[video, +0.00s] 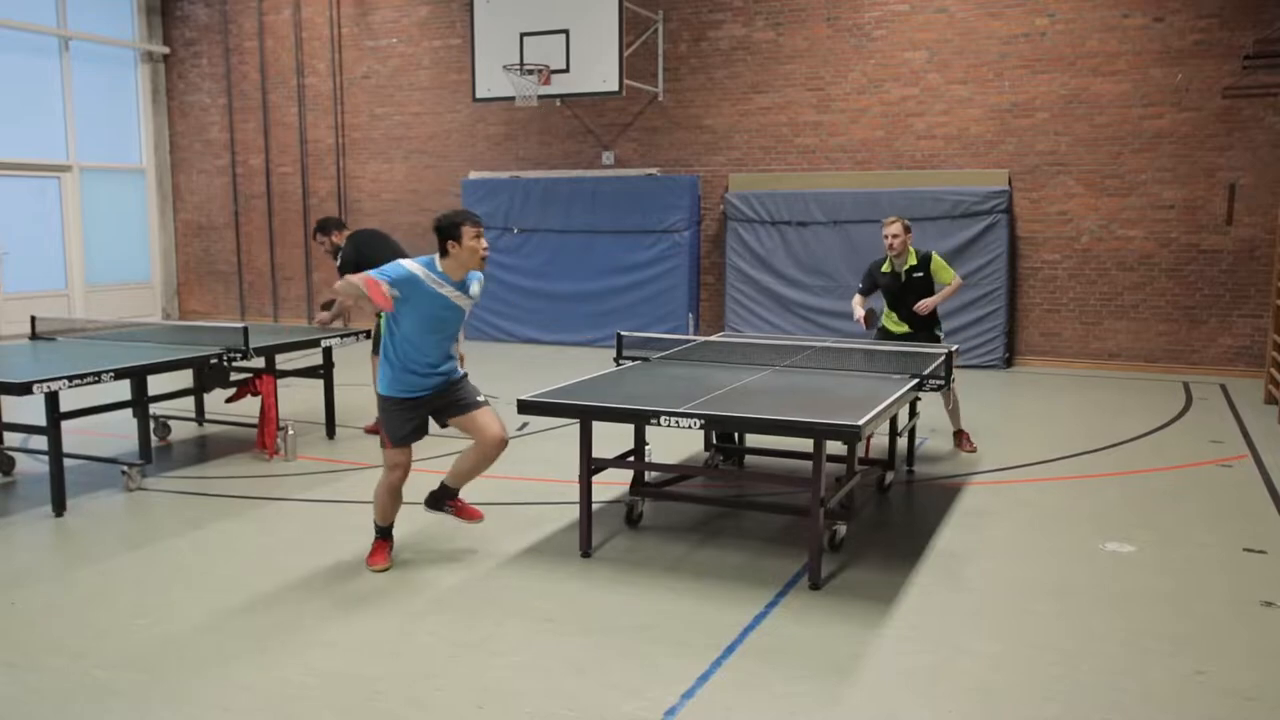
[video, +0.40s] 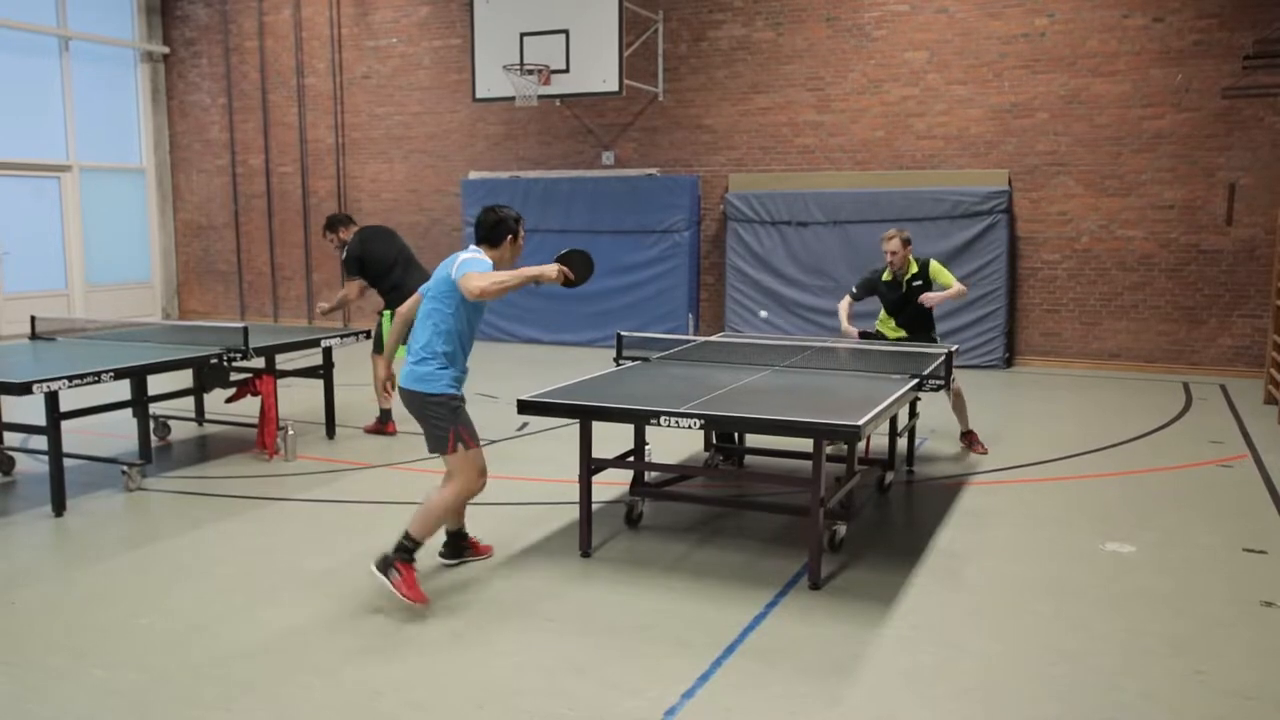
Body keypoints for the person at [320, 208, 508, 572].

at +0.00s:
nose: (485, 245)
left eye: (484, 238)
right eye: (477, 239)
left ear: (467, 246)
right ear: (451, 246)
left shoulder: (474, 281)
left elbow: (450, 321)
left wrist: (457, 350)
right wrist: (367, 294)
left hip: (446, 379)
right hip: (399, 388)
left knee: (494, 438)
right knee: (397, 471)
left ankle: (444, 495)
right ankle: (382, 538)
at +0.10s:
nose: (509, 256)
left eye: (509, 248)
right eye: (504, 248)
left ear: (485, 253)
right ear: (482, 252)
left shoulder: (475, 289)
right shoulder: (435, 276)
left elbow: (443, 327)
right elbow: (389, 298)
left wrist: (460, 355)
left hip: (445, 389)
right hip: (402, 394)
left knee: (483, 456)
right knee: (402, 476)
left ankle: (460, 539)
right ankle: (383, 537)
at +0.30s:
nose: (522, 258)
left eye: (522, 252)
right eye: (521, 252)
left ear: (486, 249)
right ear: (509, 251)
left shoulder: (457, 271)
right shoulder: (470, 269)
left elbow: (412, 317)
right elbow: (464, 293)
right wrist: (526, 283)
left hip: (447, 390)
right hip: (425, 394)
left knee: (476, 454)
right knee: (450, 485)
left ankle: (460, 538)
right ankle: (376, 520)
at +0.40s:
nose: (521, 247)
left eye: (521, 240)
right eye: (521, 240)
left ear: (482, 236)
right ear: (510, 240)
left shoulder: (455, 262)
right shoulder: (477, 261)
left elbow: (404, 311)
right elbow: (477, 288)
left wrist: (386, 364)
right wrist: (535, 273)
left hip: (424, 381)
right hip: (433, 385)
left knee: (464, 467)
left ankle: (456, 541)